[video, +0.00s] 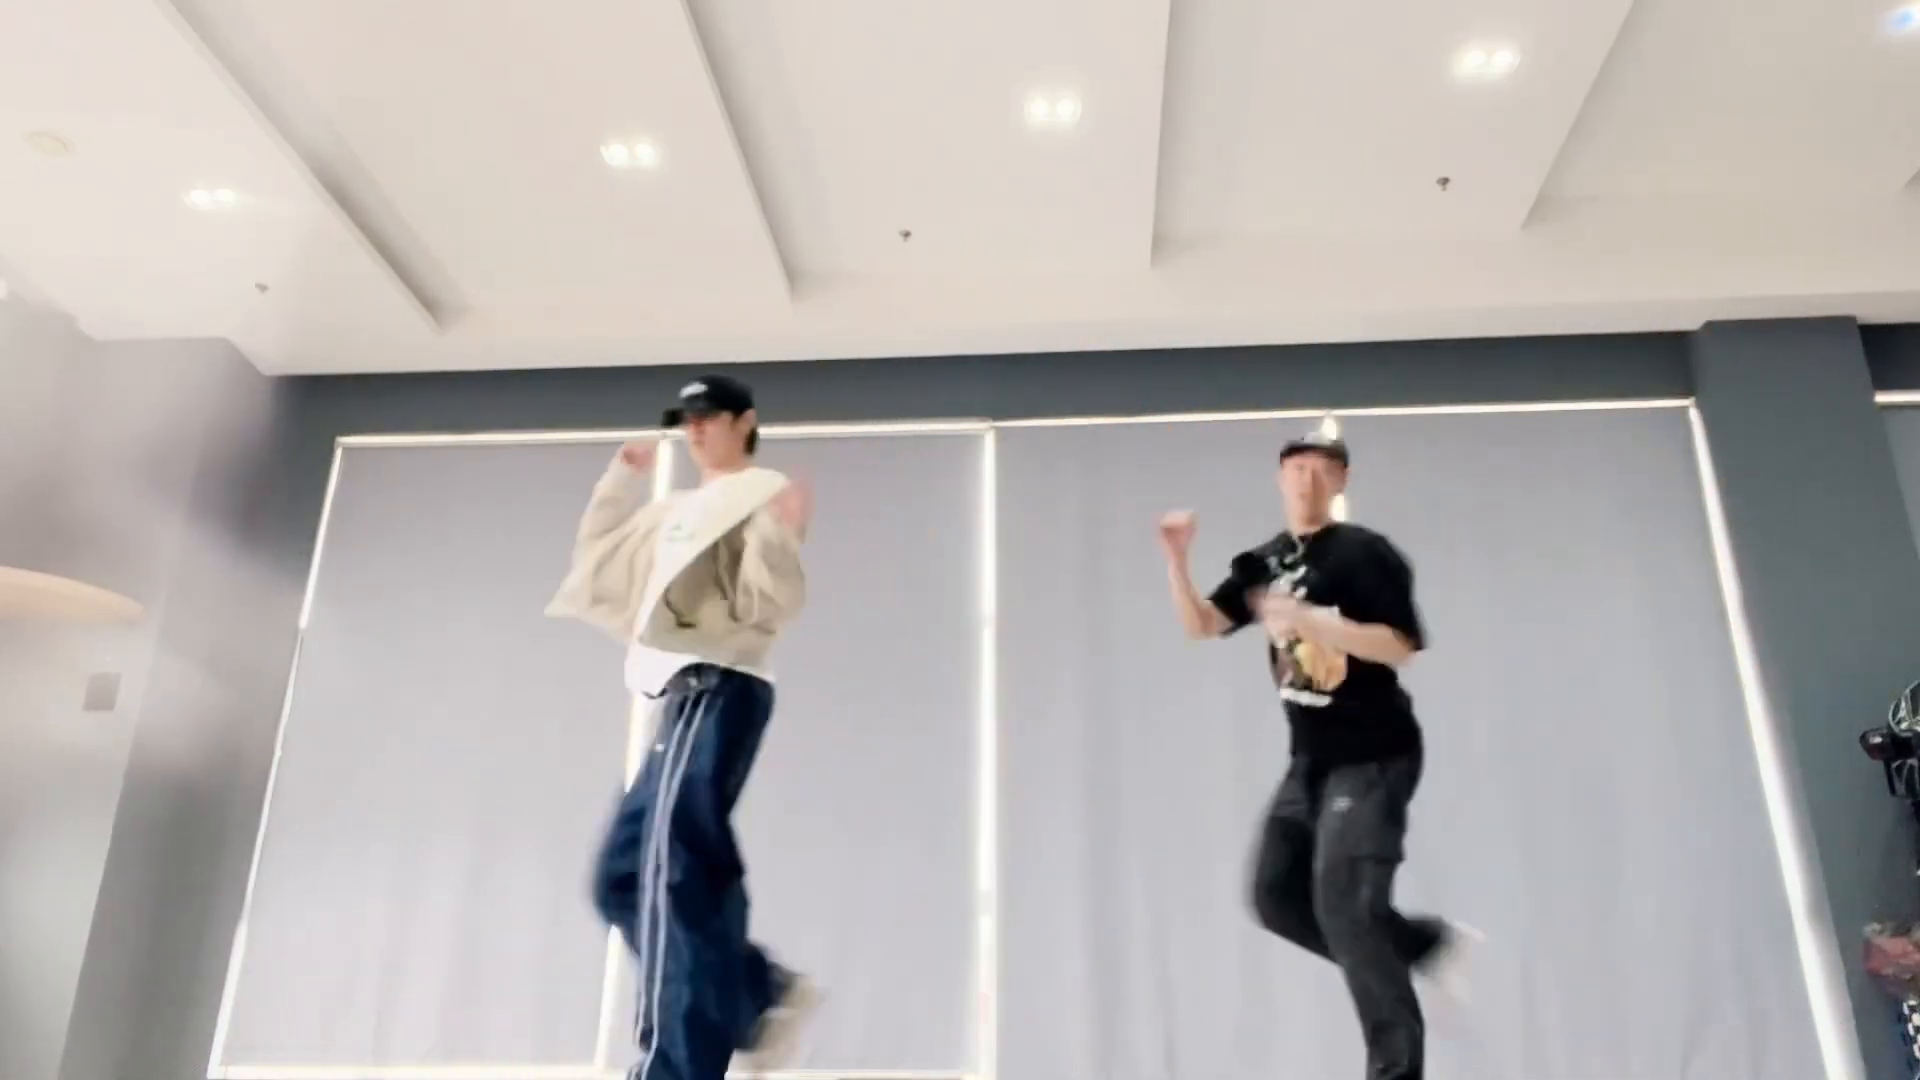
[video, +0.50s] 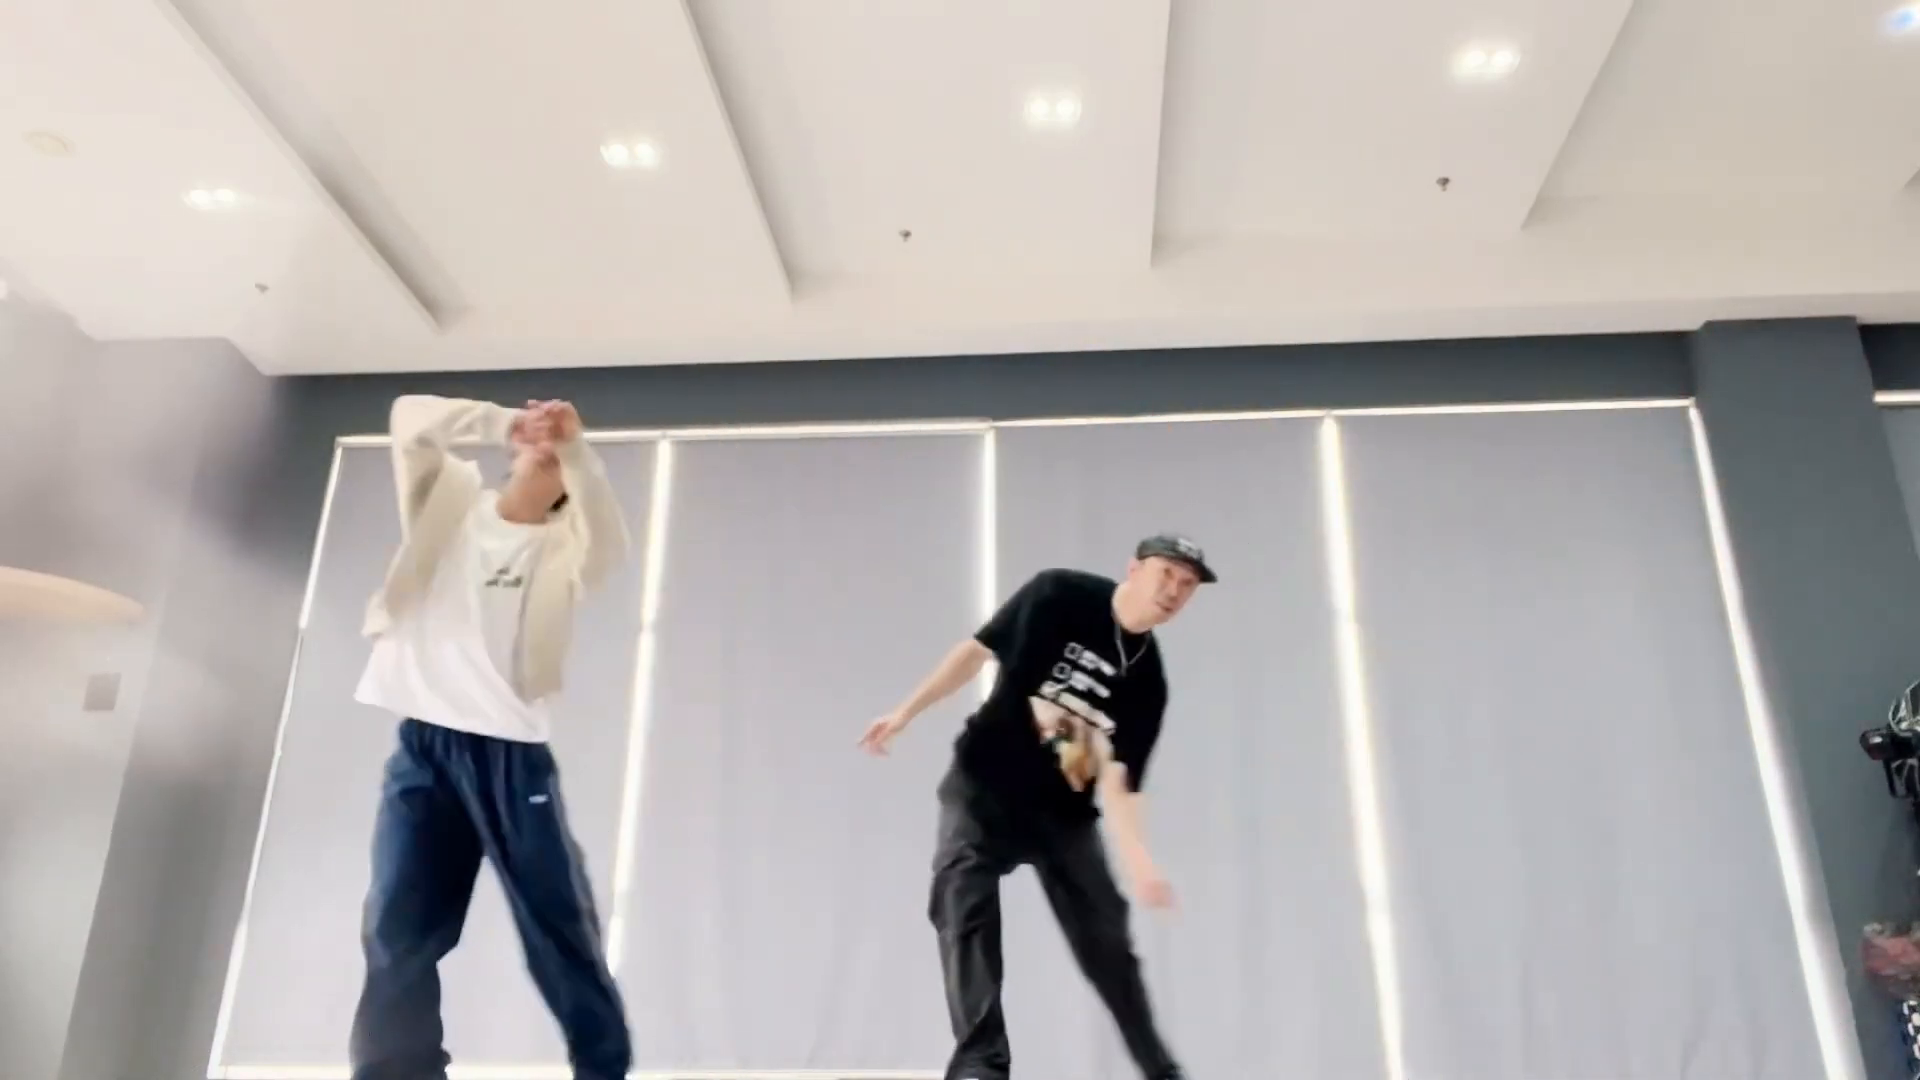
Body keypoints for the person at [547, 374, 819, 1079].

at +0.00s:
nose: (694, 431)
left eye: (708, 418)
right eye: (687, 422)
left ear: (746, 424)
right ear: (682, 436)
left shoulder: (761, 494)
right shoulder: (674, 509)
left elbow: (769, 610)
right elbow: (595, 573)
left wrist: (779, 532)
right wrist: (624, 476)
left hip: (725, 694)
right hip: (673, 699)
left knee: (681, 867)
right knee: (621, 877)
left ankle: (675, 1064)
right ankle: (760, 999)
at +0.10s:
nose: (645, 431)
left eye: (660, 416)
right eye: (638, 422)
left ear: (700, 426)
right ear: (635, 437)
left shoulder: (739, 478)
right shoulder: (628, 529)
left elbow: (759, 534)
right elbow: (548, 585)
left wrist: (675, 458)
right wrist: (494, 540)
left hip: (675, 702)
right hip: (606, 716)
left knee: (637, 879)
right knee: (518, 859)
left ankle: (672, 1066)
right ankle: (595, 1030)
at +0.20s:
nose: (617, 467)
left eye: (624, 447)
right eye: (607, 455)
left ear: (662, 449)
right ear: (602, 467)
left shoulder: (692, 511)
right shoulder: (583, 526)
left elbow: (684, 448)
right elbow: (521, 568)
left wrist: (572, 454)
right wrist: (453, 554)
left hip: (643, 706)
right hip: (561, 714)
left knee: (603, 876)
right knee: (477, 868)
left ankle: (638, 1063)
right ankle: (467, 1053)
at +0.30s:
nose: (569, 479)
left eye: (589, 466)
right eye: (562, 464)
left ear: (624, 479)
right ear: (550, 470)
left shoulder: (647, 555)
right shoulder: (520, 544)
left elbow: (638, 504)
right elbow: (482, 506)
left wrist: (575, 446)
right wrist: (530, 457)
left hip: (598, 747)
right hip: (508, 753)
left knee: (593, 926)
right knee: (433, 931)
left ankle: (617, 1068)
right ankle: (400, 1071)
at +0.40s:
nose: (563, 453)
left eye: (580, 452)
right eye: (556, 443)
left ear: (598, 477)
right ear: (537, 451)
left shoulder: (600, 545)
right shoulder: (480, 517)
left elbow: (623, 503)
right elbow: (442, 442)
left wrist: (588, 433)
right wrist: (529, 433)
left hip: (553, 762)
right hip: (461, 756)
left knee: (601, 934)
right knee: (399, 933)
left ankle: (630, 1070)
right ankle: (395, 1073)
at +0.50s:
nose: (540, 445)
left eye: (555, 447)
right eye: (534, 438)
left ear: (570, 475)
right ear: (513, 447)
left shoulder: (571, 543)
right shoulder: (447, 502)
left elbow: (608, 545)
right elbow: (410, 421)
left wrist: (573, 443)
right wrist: (508, 424)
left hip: (512, 758)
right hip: (423, 749)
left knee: (562, 940)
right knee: (395, 940)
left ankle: (603, 1069)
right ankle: (399, 1074)